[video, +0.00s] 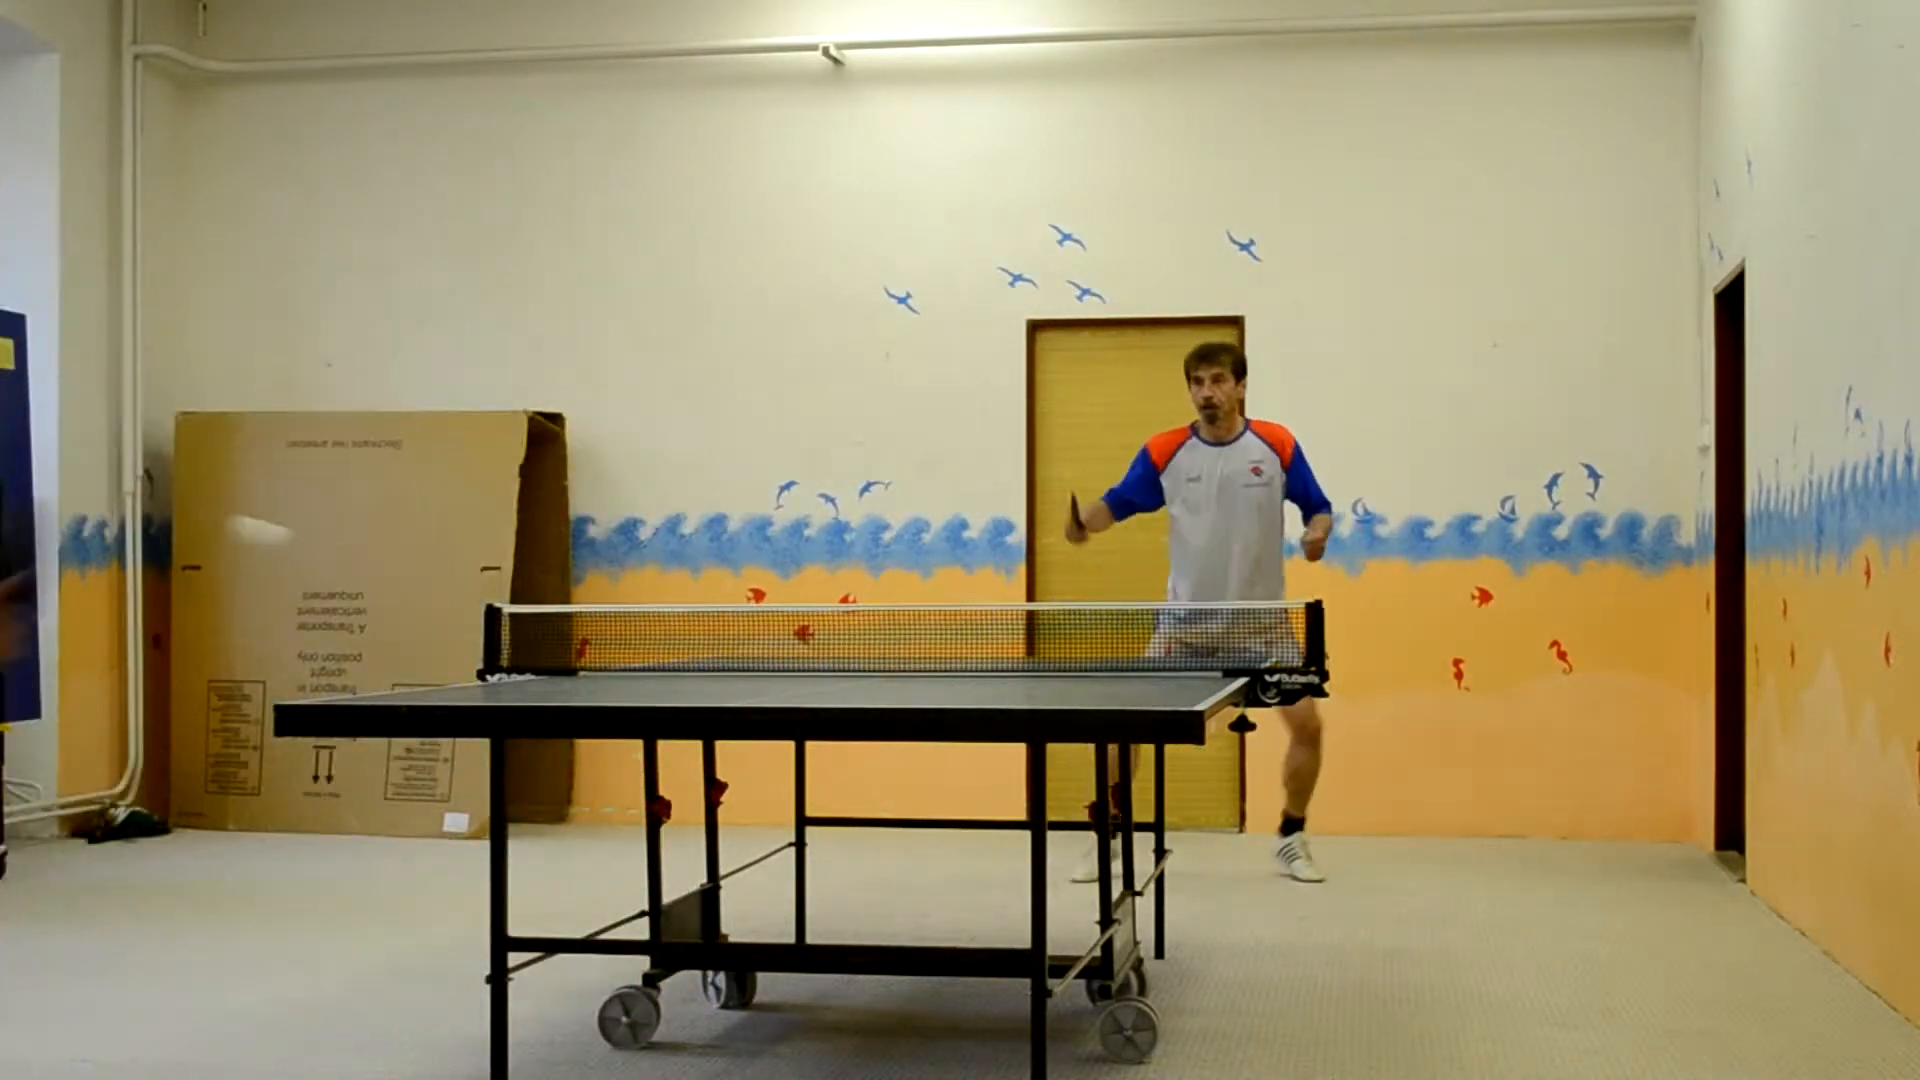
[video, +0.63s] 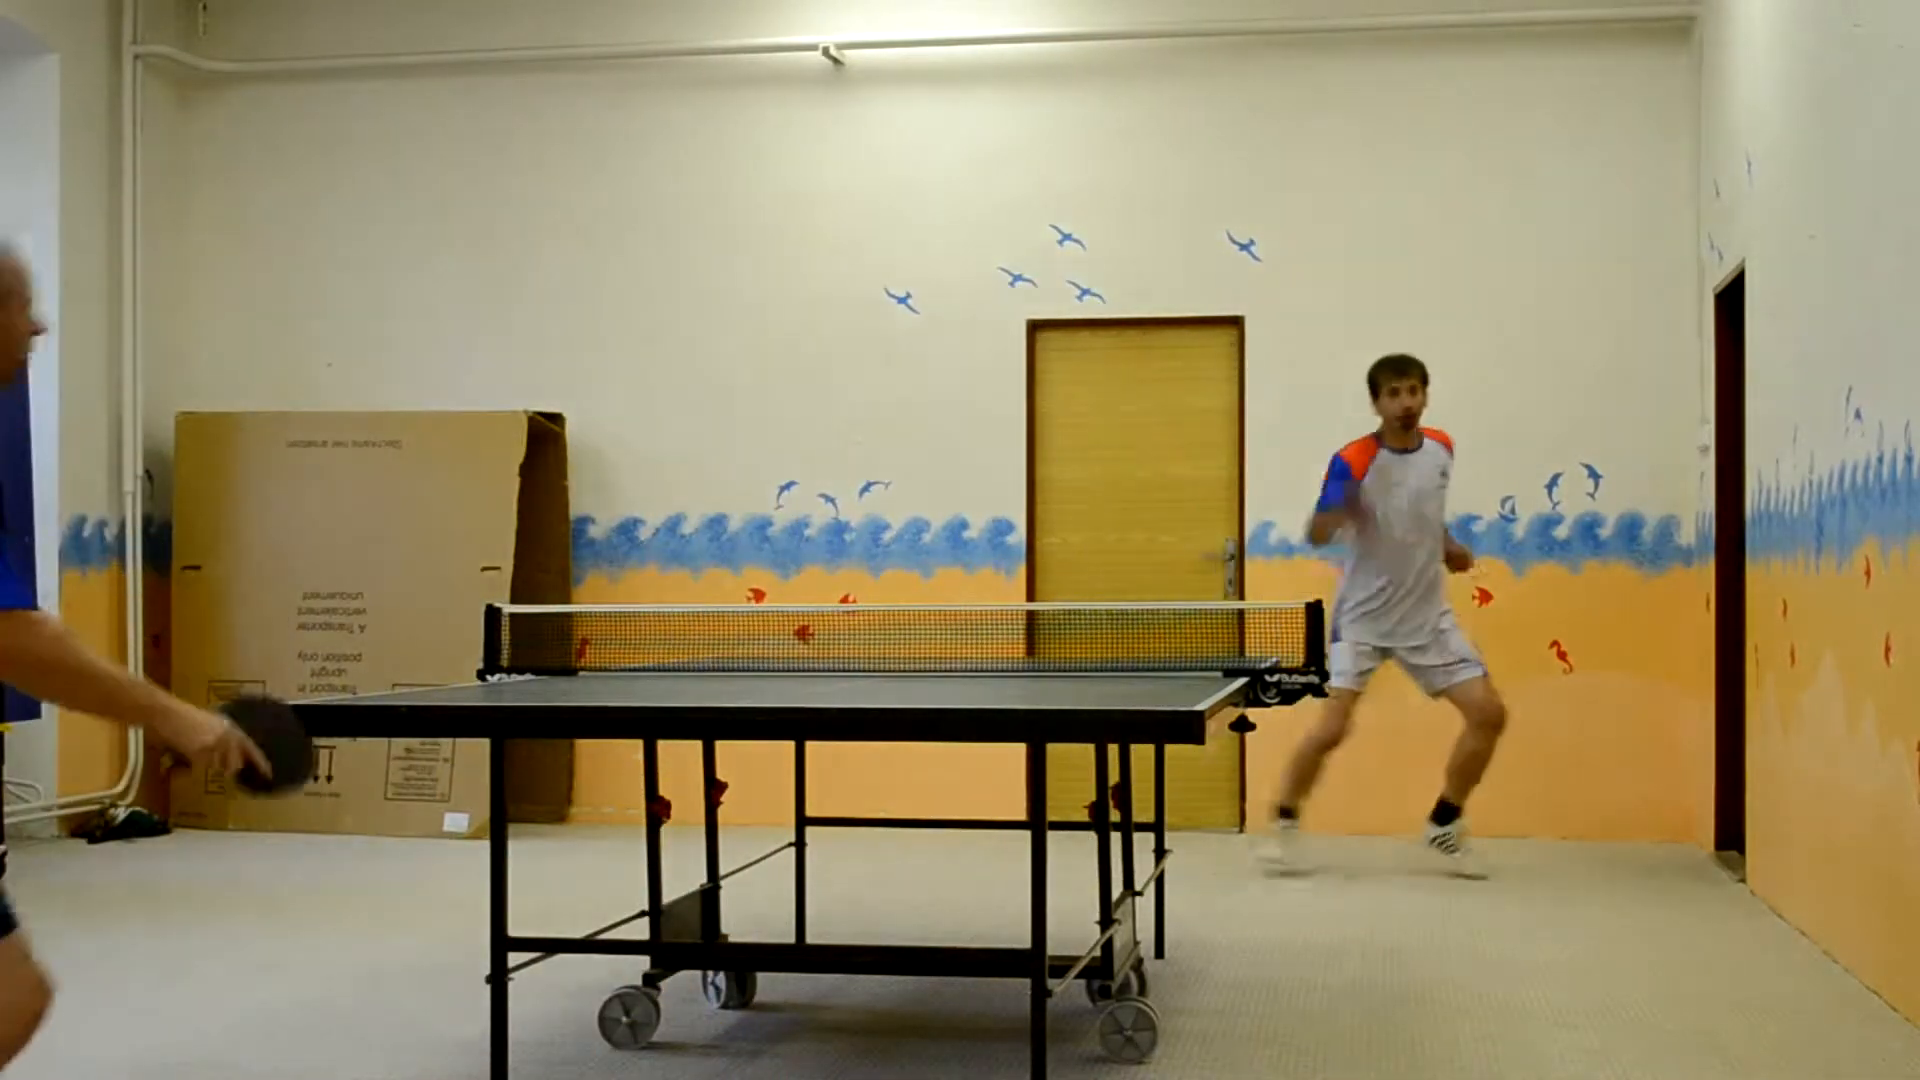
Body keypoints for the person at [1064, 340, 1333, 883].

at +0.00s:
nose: (1209, 392)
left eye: (1218, 380)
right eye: (1199, 382)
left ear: (1240, 385)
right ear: (1188, 391)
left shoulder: (1277, 444)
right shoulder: (1165, 452)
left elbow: (1318, 508)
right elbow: (1115, 503)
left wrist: (1317, 533)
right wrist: (1083, 522)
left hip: (1262, 621)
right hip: (1185, 621)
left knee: (1307, 723)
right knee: (1130, 717)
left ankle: (1292, 836)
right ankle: (1106, 835)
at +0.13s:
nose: (1210, 402)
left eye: (1220, 392)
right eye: (1200, 393)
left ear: (1240, 396)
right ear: (1190, 399)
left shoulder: (1276, 456)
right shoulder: (1166, 465)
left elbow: (1309, 529)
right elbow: (1120, 530)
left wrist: (1297, 559)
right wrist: (1112, 562)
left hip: (1266, 627)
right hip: (1189, 629)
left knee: (1334, 720)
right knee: (1139, 726)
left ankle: (1356, 833)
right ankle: (1118, 839)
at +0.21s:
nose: (1221, 417)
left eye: (1232, 407)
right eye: (1212, 408)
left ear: (1251, 412)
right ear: (1201, 413)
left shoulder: (1285, 471)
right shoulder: (1177, 479)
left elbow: (1314, 548)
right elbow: (1136, 549)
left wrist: (1296, 571)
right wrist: (1150, 594)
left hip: (1274, 640)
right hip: (1200, 644)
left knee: (1351, 734)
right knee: (1143, 731)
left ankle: (1396, 835)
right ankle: (1116, 839)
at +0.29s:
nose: (1250, 432)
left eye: (1260, 422)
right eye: (1241, 423)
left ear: (1278, 427)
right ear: (1229, 428)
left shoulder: (1309, 482)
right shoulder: (1205, 491)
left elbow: (1337, 560)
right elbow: (1177, 570)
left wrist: (1315, 571)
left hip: (1291, 642)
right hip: (1221, 643)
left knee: (1375, 737)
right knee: (1156, 738)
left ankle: (1405, 843)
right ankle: (1115, 842)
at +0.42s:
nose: (1329, 443)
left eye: (1337, 432)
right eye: (1318, 434)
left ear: (1351, 435)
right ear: (1304, 440)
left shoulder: (1369, 484)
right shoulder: (1285, 509)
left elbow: (1392, 560)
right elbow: (1285, 608)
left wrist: (1386, 557)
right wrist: (1361, 643)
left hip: (1341, 645)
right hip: (1272, 644)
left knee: (1408, 734)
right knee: (1203, 743)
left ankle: (1414, 850)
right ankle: (1134, 839)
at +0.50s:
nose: (1375, 434)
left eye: (1383, 423)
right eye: (1364, 425)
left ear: (1394, 426)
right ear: (1345, 430)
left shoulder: (1399, 469)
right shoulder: (1331, 497)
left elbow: (1412, 531)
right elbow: (1347, 592)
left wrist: (1434, 554)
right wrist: (1415, 624)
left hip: (1378, 630)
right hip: (1318, 628)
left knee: (1436, 729)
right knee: (1245, 733)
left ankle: (1417, 847)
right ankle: (1176, 830)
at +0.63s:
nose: (1406, 402)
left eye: (1414, 391)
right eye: (1395, 393)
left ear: (1426, 396)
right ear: (1376, 402)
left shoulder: (1439, 449)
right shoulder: (1353, 461)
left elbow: (1421, 515)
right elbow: (1316, 535)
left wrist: (1448, 548)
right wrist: (1343, 513)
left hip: (1426, 616)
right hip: (1363, 619)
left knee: (1488, 714)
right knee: (1333, 726)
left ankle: (1444, 825)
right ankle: (1285, 816)